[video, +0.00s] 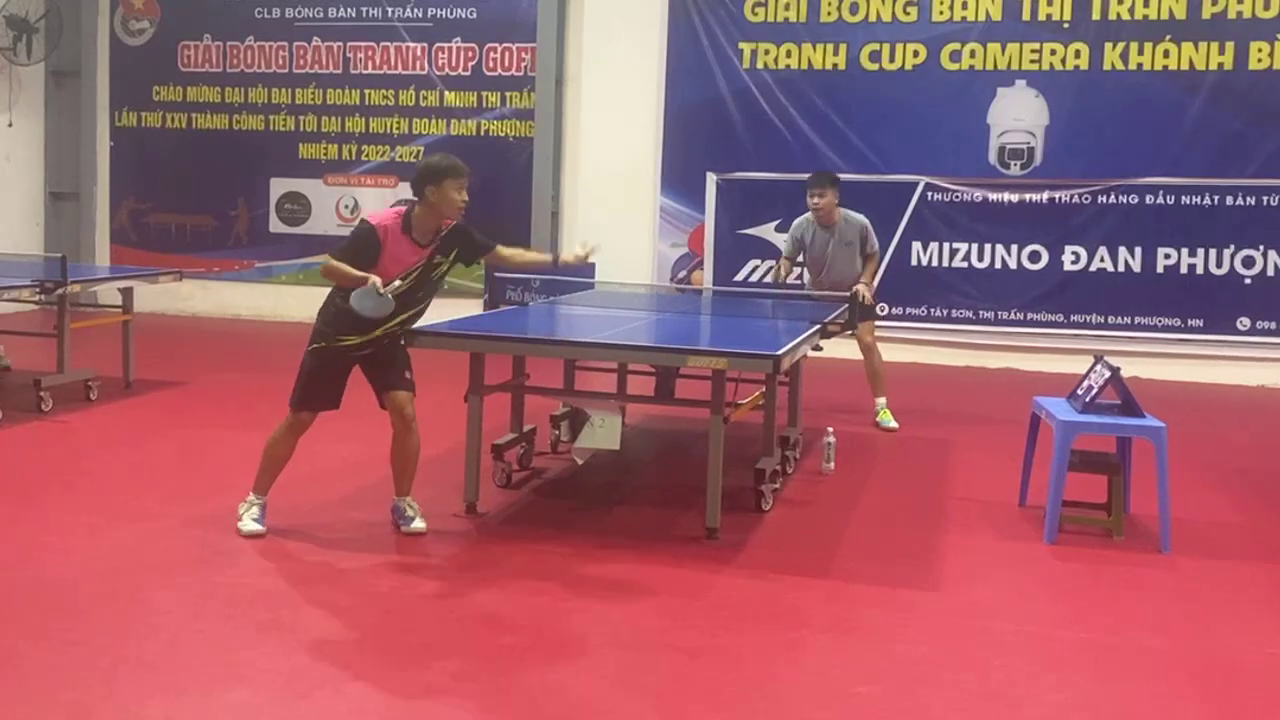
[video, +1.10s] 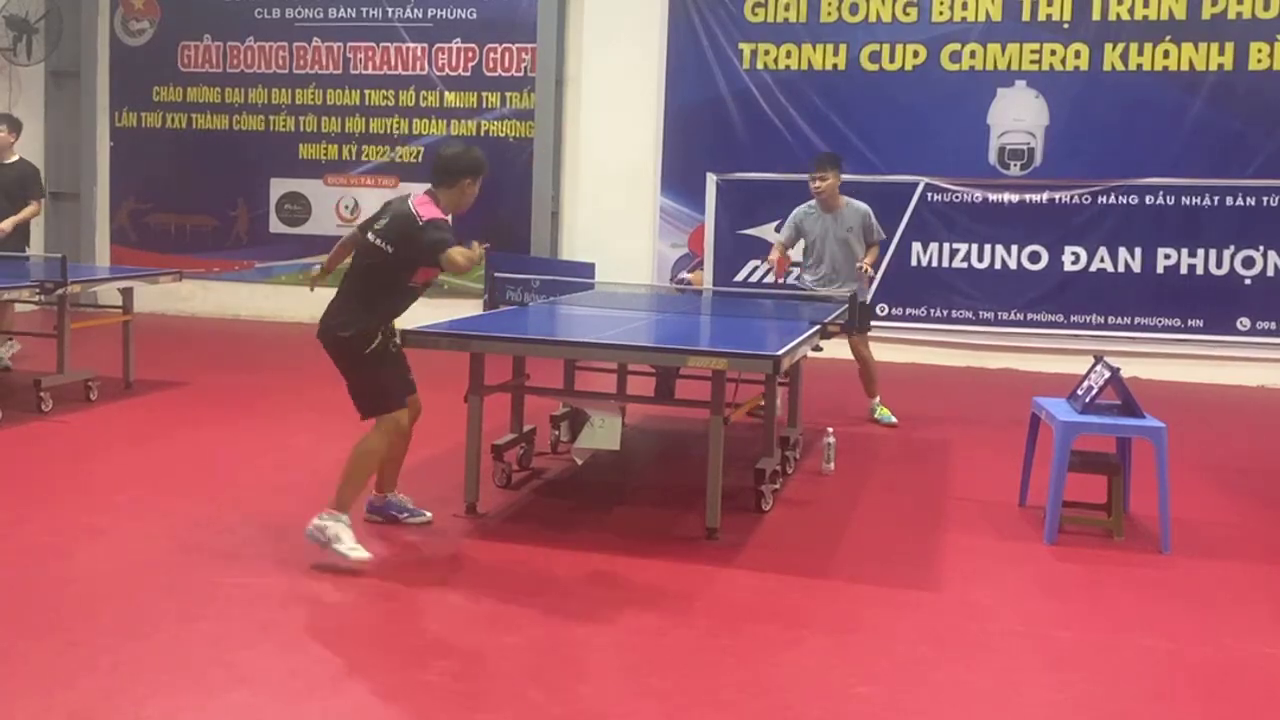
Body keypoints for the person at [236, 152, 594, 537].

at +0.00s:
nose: (465, 199)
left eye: (466, 191)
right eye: (457, 191)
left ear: (452, 196)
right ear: (428, 193)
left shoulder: (455, 236)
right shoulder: (379, 227)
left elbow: (504, 256)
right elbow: (329, 269)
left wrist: (562, 259)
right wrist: (365, 278)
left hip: (389, 339)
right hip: (338, 333)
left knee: (405, 414)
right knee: (298, 420)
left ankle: (403, 503)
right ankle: (255, 501)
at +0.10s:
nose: (453, 185)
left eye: (453, 177)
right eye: (446, 177)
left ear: (435, 184)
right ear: (416, 183)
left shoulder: (443, 219)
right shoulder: (371, 224)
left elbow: (500, 215)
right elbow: (327, 270)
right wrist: (373, 286)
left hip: (386, 330)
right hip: (337, 326)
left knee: (406, 410)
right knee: (298, 418)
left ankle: (404, 502)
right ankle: (255, 500)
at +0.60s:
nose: (403, 169)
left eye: (400, 162)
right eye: (394, 164)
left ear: (380, 176)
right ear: (367, 179)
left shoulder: (402, 203)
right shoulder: (333, 217)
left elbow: (445, 197)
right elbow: (304, 271)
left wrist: (493, 192)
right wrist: (361, 249)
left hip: (371, 327)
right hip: (319, 333)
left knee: (414, 398)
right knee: (293, 423)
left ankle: (384, 473)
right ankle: (257, 501)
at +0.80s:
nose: (426, 230)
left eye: (430, 222)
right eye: (420, 222)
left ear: (428, 216)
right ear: (396, 215)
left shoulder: (412, 243)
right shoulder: (367, 227)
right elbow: (332, 240)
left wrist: (406, 291)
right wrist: (390, 268)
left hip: (380, 344)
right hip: (334, 350)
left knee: (429, 417)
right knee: (315, 443)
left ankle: (387, 498)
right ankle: (260, 503)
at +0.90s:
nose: (461, 227)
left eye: (463, 220)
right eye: (458, 219)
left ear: (436, 213)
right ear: (434, 213)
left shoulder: (418, 224)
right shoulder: (391, 225)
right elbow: (392, 243)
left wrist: (440, 266)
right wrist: (436, 258)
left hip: (378, 335)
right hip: (335, 341)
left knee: (424, 416)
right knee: (342, 437)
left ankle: (386, 497)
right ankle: (273, 485)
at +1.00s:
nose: (473, 211)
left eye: (476, 203)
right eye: (473, 202)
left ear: (443, 193)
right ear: (456, 198)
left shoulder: (408, 209)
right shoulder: (418, 222)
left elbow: (349, 261)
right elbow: (433, 247)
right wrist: (463, 253)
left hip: (376, 325)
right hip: (343, 332)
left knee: (415, 411)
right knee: (368, 425)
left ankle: (385, 497)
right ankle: (291, 489)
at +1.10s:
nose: (477, 193)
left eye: (478, 185)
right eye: (476, 185)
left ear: (441, 179)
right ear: (460, 185)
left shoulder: (407, 201)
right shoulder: (433, 223)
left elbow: (356, 235)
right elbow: (455, 263)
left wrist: (326, 268)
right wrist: (474, 254)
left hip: (369, 324)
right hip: (354, 330)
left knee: (410, 409)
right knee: (393, 419)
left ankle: (383, 498)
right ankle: (333, 517)